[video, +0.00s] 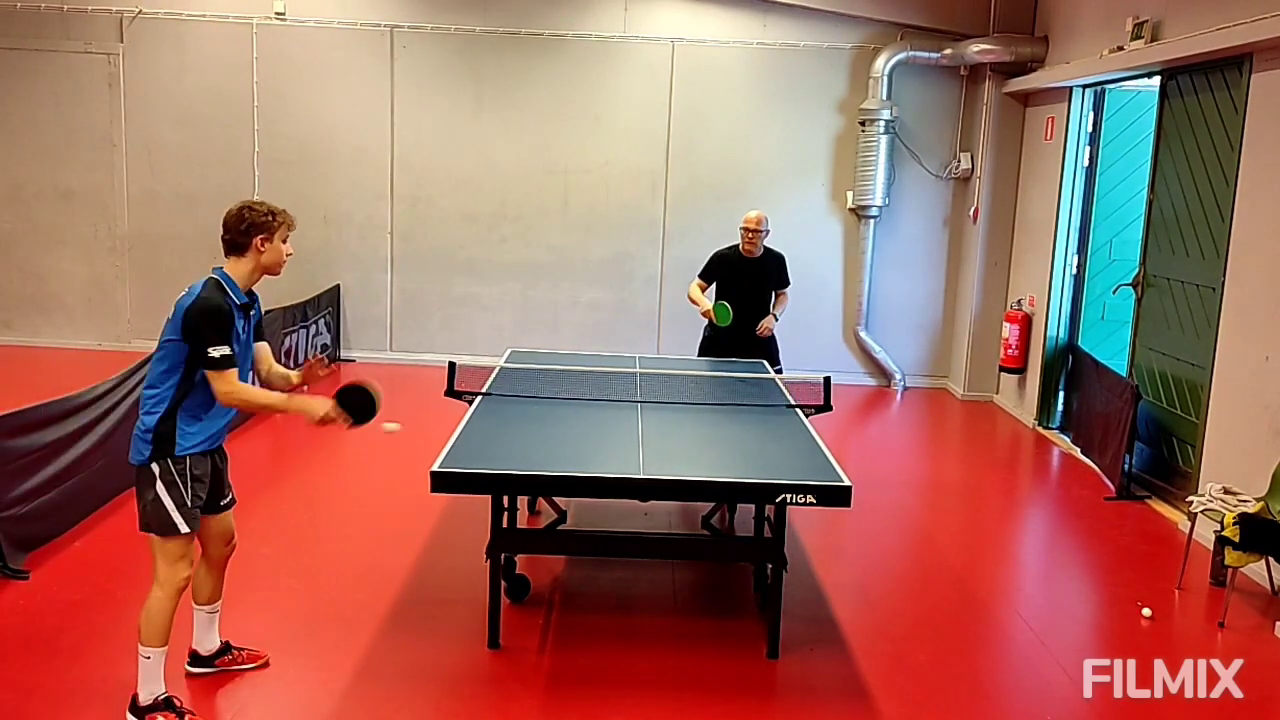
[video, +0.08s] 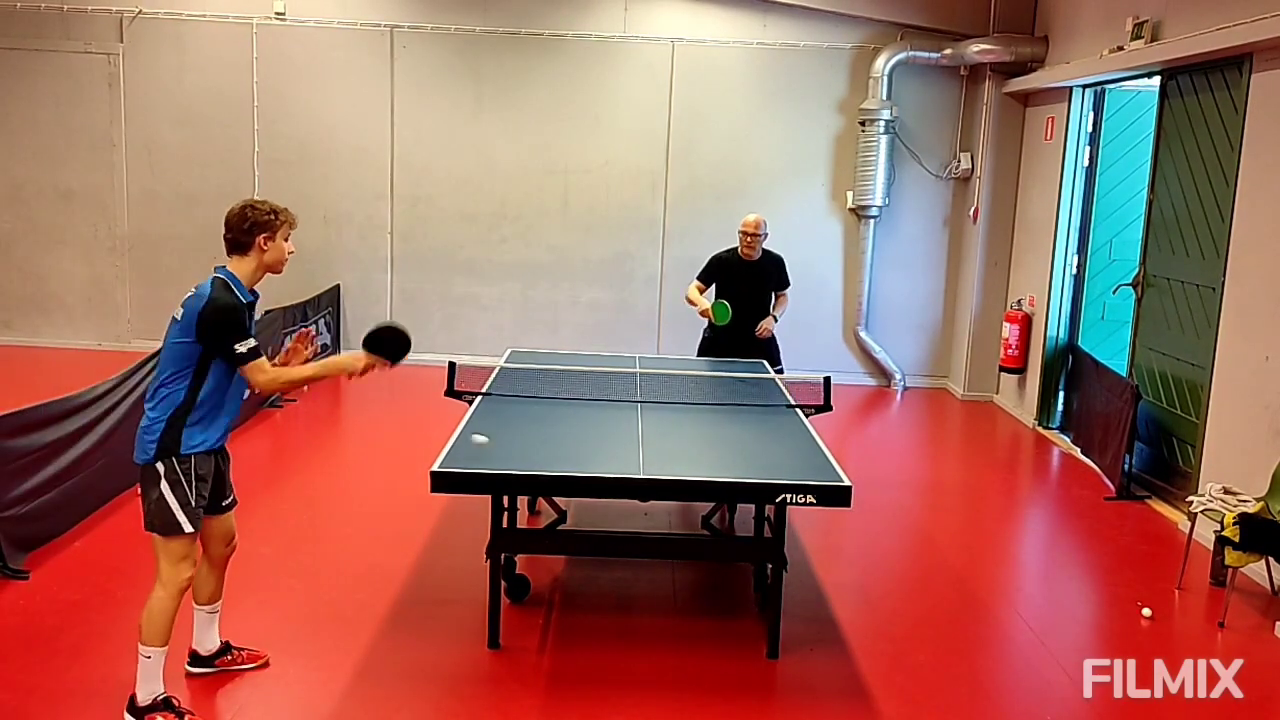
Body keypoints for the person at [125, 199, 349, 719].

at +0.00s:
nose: (290, 250)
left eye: (289, 241)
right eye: (286, 241)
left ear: (256, 244)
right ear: (260, 245)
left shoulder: (247, 299)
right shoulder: (211, 303)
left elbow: (263, 366)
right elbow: (227, 391)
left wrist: (294, 380)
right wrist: (304, 406)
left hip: (205, 444)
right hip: (167, 451)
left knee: (219, 544)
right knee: (174, 571)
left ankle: (207, 650)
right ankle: (148, 698)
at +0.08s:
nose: (290, 249)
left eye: (290, 240)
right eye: (286, 239)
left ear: (253, 242)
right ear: (262, 243)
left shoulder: (238, 296)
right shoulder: (221, 301)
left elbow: (227, 380)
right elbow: (265, 381)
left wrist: (281, 368)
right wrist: (342, 363)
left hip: (206, 444)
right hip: (171, 451)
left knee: (221, 543)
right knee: (176, 574)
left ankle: (207, 650)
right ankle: (145, 698)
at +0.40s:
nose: (281, 243)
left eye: (280, 234)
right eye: (278, 235)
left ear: (232, 241)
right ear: (258, 241)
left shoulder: (194, 290)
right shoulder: (247, 303)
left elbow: (165, 343)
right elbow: (311, 354)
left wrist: (234, 365)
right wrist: (344, 310)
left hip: (177, 454)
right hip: (198, 460)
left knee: (211, 563)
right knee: (213, 589)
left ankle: (207, 650)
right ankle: (171, 711)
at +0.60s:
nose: (288, 268)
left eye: (286, 259)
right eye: (285, 259)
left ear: (232, 263)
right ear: (269, 267)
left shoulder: (191, 305)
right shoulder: (252, 331)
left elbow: (149, 363)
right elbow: (298, 403)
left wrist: (215, 382)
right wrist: (344, 364)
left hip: (150, 471)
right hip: (187, 480)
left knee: (188, 563)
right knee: (231, 599)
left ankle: (195, 653)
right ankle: (202, 715)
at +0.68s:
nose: (293, 279)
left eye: (294, 270)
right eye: (292, 271)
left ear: (238, 271)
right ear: (277, 277)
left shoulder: (199, 310)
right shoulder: (250, 338)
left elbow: (181, 384)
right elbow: (282, 423)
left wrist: (263, 393)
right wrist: (345, 400)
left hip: (140, 467)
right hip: (175, 481)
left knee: (176, 561)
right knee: (225, 599)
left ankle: (170, 655)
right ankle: (202, 715)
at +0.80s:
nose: (306, 314)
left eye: (306, 305)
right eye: (304, 306)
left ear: (257, 302)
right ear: (285, 312)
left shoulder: (226, 331)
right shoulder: (234, 376)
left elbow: (237, 389)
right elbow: (233, 469)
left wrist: (292, 404)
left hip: (130, 464)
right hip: (143, 483)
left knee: (152, 563)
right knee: (210, 598)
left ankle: (107, 653)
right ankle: (201, 716)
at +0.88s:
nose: (304, 342)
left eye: (305, 333)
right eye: (303, 334)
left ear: (259, 328)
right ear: (284, 341)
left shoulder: (242, 353)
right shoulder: (219, 400)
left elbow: (264, 396)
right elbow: (203, 492)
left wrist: (311, 419)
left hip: (142, 473)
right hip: (132, 489)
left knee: (144, 571)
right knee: (208, 599)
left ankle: (77, 654)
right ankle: (200, 716)